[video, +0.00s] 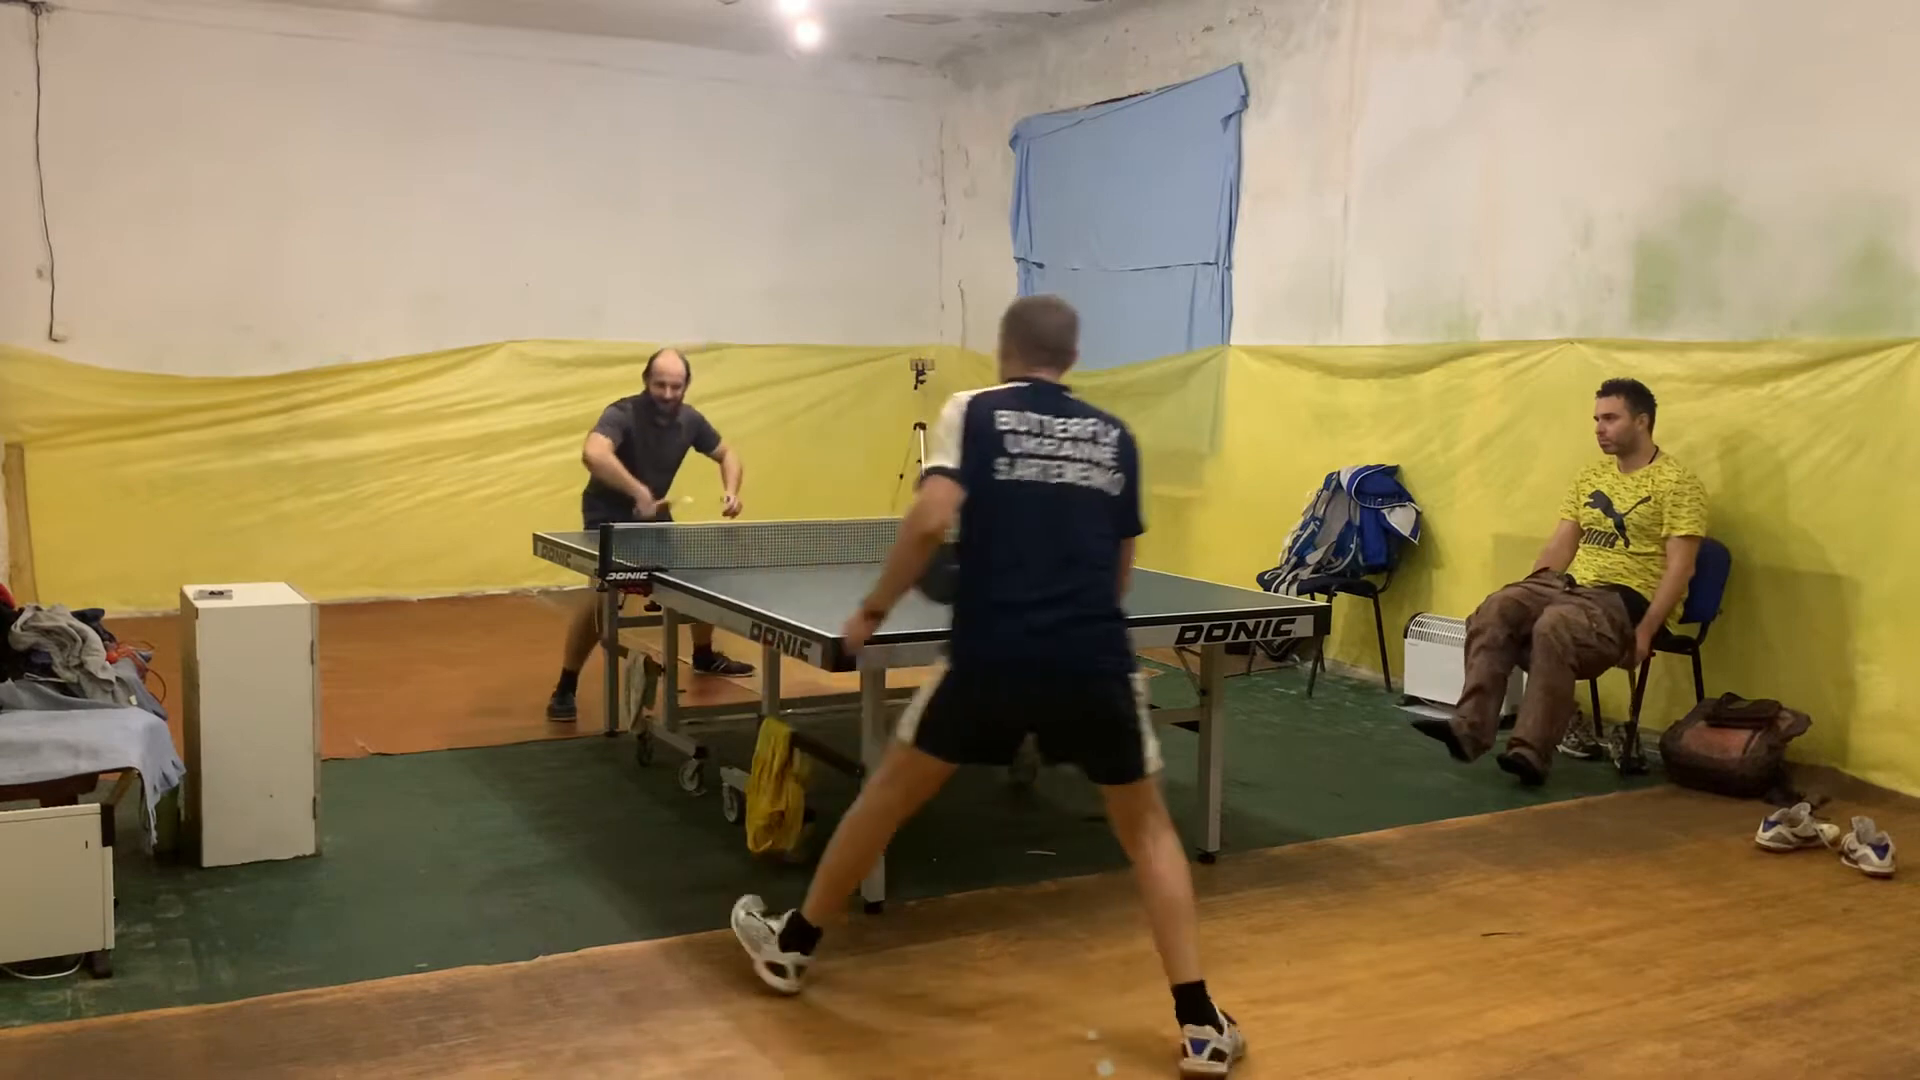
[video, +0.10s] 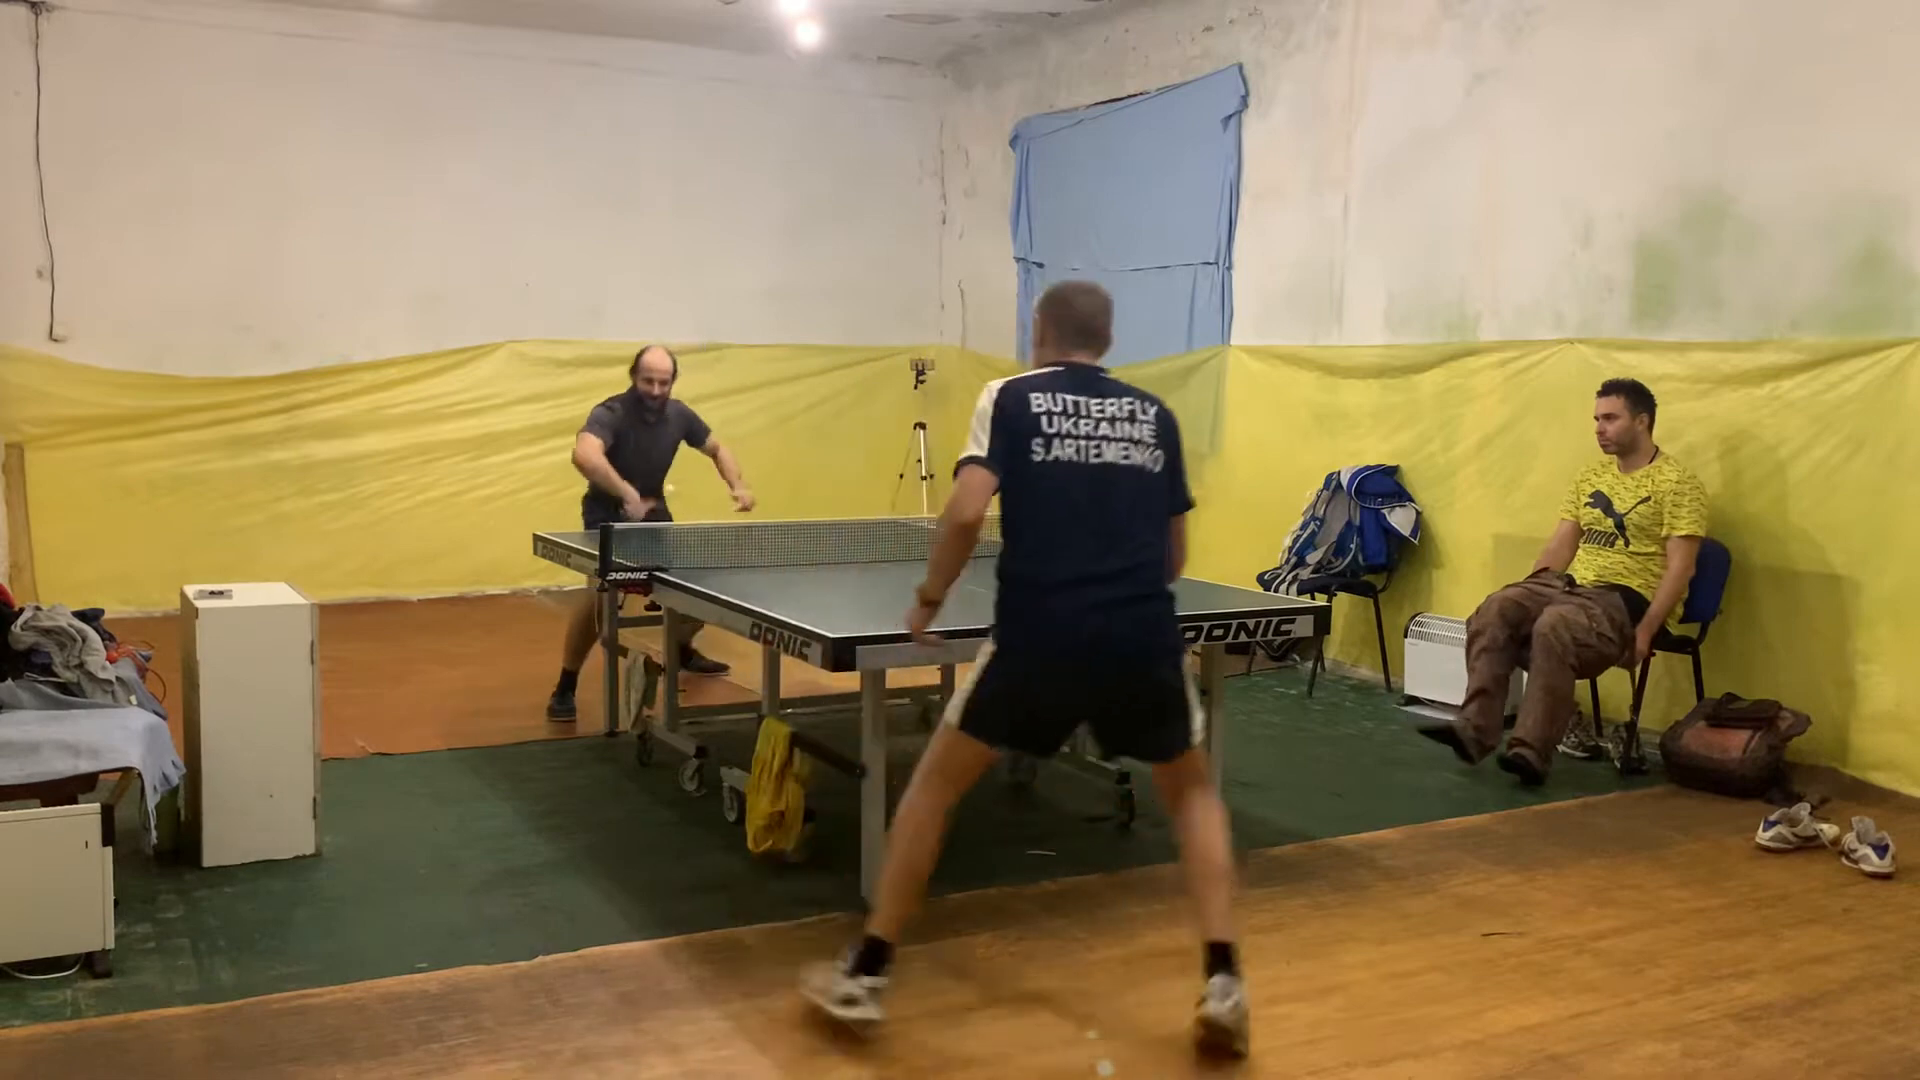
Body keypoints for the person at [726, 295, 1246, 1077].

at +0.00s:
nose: (1005, 363)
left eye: (1003, 351)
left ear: (1003, 355)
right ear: (1073, 362)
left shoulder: (970, 410)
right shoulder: (1115, 434)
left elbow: (931, 519)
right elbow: (1120, 570)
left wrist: (870, 612)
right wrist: (1080, 628)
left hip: (991, 665)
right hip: (1093, 672)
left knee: (888, 799)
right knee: (1147, 828)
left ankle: (794, 943)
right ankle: (1201, 1019)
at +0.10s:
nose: (1030, 343)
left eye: (1032, 332)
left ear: (1038, 335)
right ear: (1108, 344)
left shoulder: (1008, 397)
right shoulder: (1155, 414)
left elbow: (966, 513)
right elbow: (1173, 560)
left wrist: (930, 597)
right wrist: (1108, 585)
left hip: (1038, 643)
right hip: (1141, 644)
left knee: (933, 792)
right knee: (1191, 790)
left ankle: (865, 973)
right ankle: (1224, 977)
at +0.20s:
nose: (1066, 348)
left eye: (1067, 337)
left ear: (1073, 342)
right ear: (1143, 351)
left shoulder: (1036, 404)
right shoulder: (1190, 419)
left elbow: (992, 527)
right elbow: (1213, 560)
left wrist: (975, 602)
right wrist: (1151, 592)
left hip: (1071, 643)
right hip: (1175, 643)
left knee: (981, 802)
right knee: (1236, 797)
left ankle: (956, 1004)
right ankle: (1321, 986)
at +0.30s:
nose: (1090, 383)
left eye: (1093, 372)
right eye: (1095, 373)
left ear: (1103, 375)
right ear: (1171, 384)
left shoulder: (1075, 440)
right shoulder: (1219, 455)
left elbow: (1031, 566)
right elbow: (1249, 584)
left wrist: (1003, 625)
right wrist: (1203, 624)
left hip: (1113, 689)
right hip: (1220, 689)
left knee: (1003, 827)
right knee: (1274, 823)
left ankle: (966, 1029)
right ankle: (1371, 1006)